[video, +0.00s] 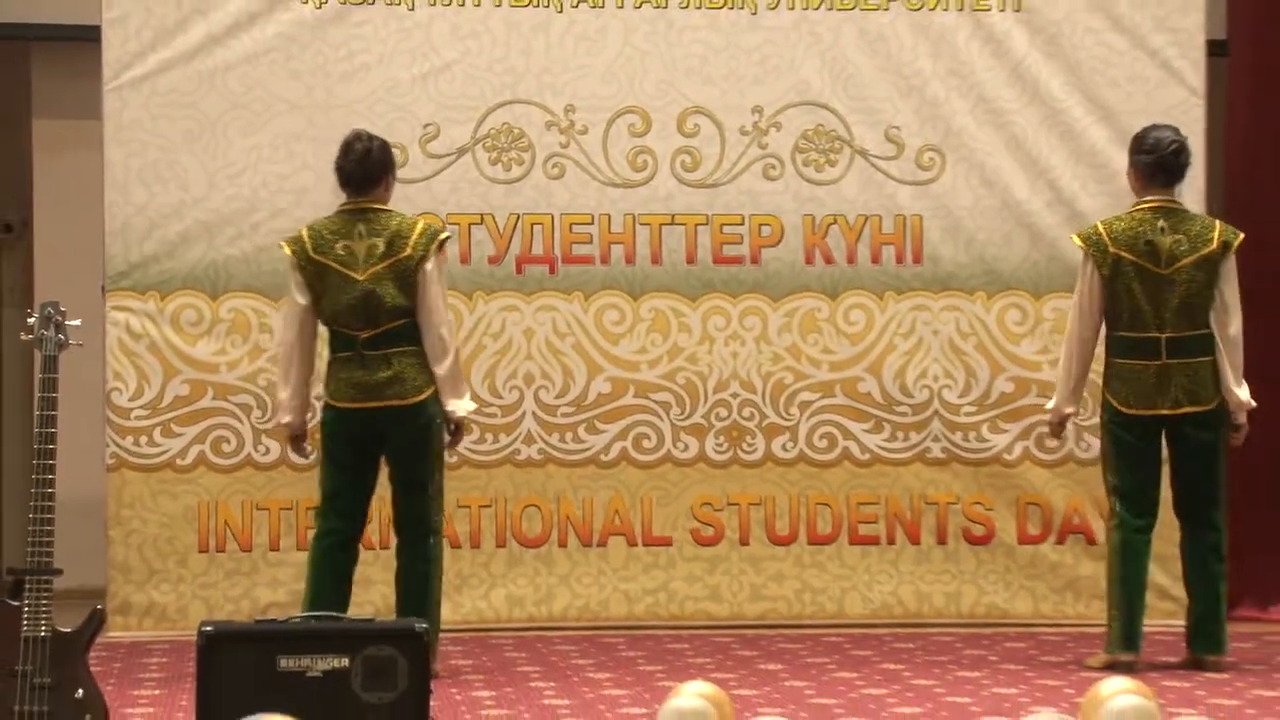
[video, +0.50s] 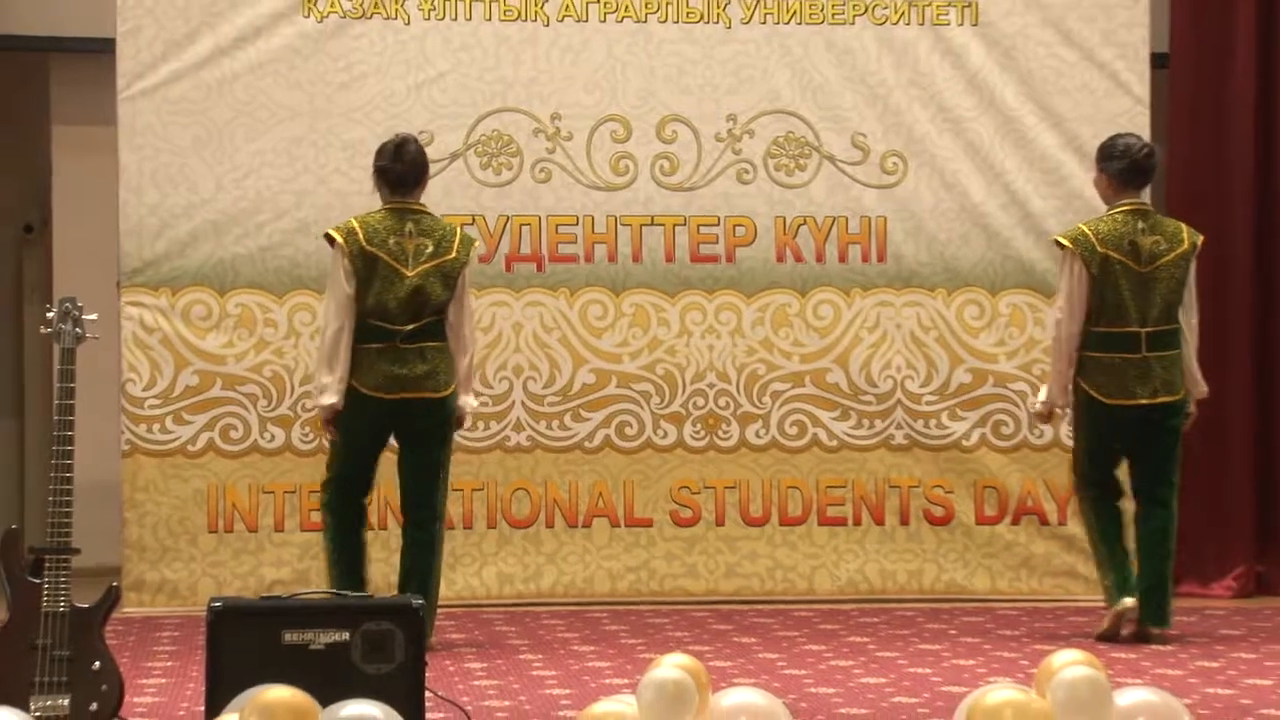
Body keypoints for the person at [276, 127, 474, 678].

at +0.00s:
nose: (394, 182)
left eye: (382, 175)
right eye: (394, 175)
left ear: (340, 181)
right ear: (390, 180)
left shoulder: (310, 243)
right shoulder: (418, 236)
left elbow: (300, 336)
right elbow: (435, 329)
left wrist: (296, 410)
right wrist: (455, 403)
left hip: (345, 410)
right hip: (412, 408)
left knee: (336, 528)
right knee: (419, 532)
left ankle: (317, 648)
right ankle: (416, 652)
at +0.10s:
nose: (402, 185)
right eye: (403, 178)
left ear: (351, 182)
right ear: (401, 181)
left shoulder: (324, 244)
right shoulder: (428, 238)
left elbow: (313, 336)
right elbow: (449, 330)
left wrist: (307, 408)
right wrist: (465, 400)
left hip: (358, 411)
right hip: (424, 409)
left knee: (346, 524)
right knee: (423, 532)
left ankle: (322, 643)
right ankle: (415, 653)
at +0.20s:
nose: (407, 184)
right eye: (409, 177)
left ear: (358, 181)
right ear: (409, 180)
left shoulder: (330, 243)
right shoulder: (437, 238)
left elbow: (322, 332)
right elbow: (454, 326)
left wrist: (318, 404)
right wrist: (467, 397)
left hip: (362, 408)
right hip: (427, 406)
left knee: (352, 519)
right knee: (424, 526)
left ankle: (334, 635)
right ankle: (416, 644)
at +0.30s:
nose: (408, 184)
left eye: (383, 175)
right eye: (415, 176)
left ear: (368, 180)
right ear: (419, 180)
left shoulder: (340, 242)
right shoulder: (445, 240)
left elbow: (330, 328)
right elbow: (459, 325)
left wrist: (327, 399)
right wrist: (469, 394)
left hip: (367, 407)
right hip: (431, 406)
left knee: (362, 511)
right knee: (425, 519)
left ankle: (366, 624)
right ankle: (416, 633)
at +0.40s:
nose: (402, 184)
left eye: (384, 175)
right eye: (415, 175)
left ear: (372, 179)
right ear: (422, 180)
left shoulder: (345, 240)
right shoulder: (450, 240)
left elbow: (335, 328)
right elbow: (460, 326)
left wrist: (332, 400)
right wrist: (467, 394)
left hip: (368, 404)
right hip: (432, 404)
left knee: (361, 507)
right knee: (425, 516)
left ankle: (373, 619)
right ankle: (417, 627)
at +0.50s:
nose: (392, 185)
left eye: (381, 177)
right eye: (415, 176)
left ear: (376, 180)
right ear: (425, 181)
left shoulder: (352, 239)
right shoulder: (455, 242)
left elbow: (338, 323)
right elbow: (460, 326)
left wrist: (330, 393)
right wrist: (462, 392)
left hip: (367, 398)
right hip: (432, 401)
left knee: (344, 500)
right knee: (424, 515)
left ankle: (351, 616)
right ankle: (417, 625)